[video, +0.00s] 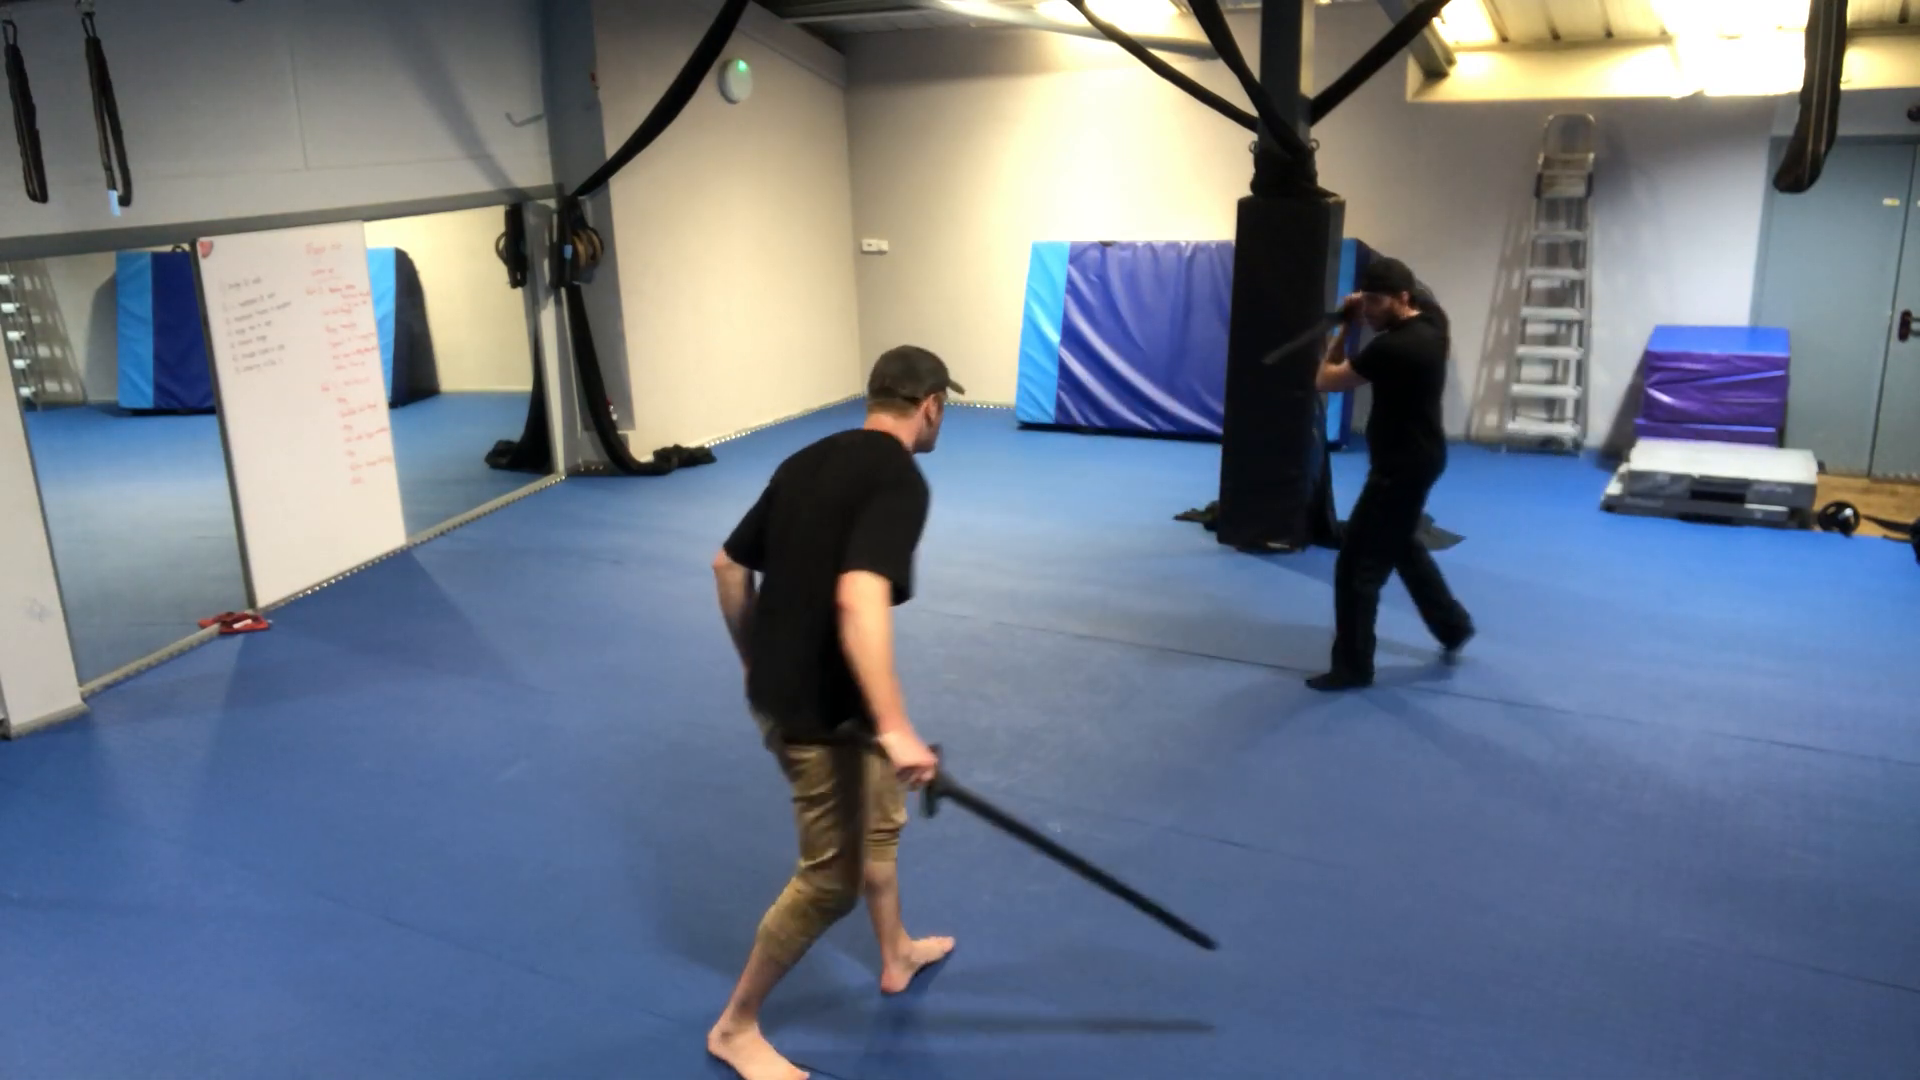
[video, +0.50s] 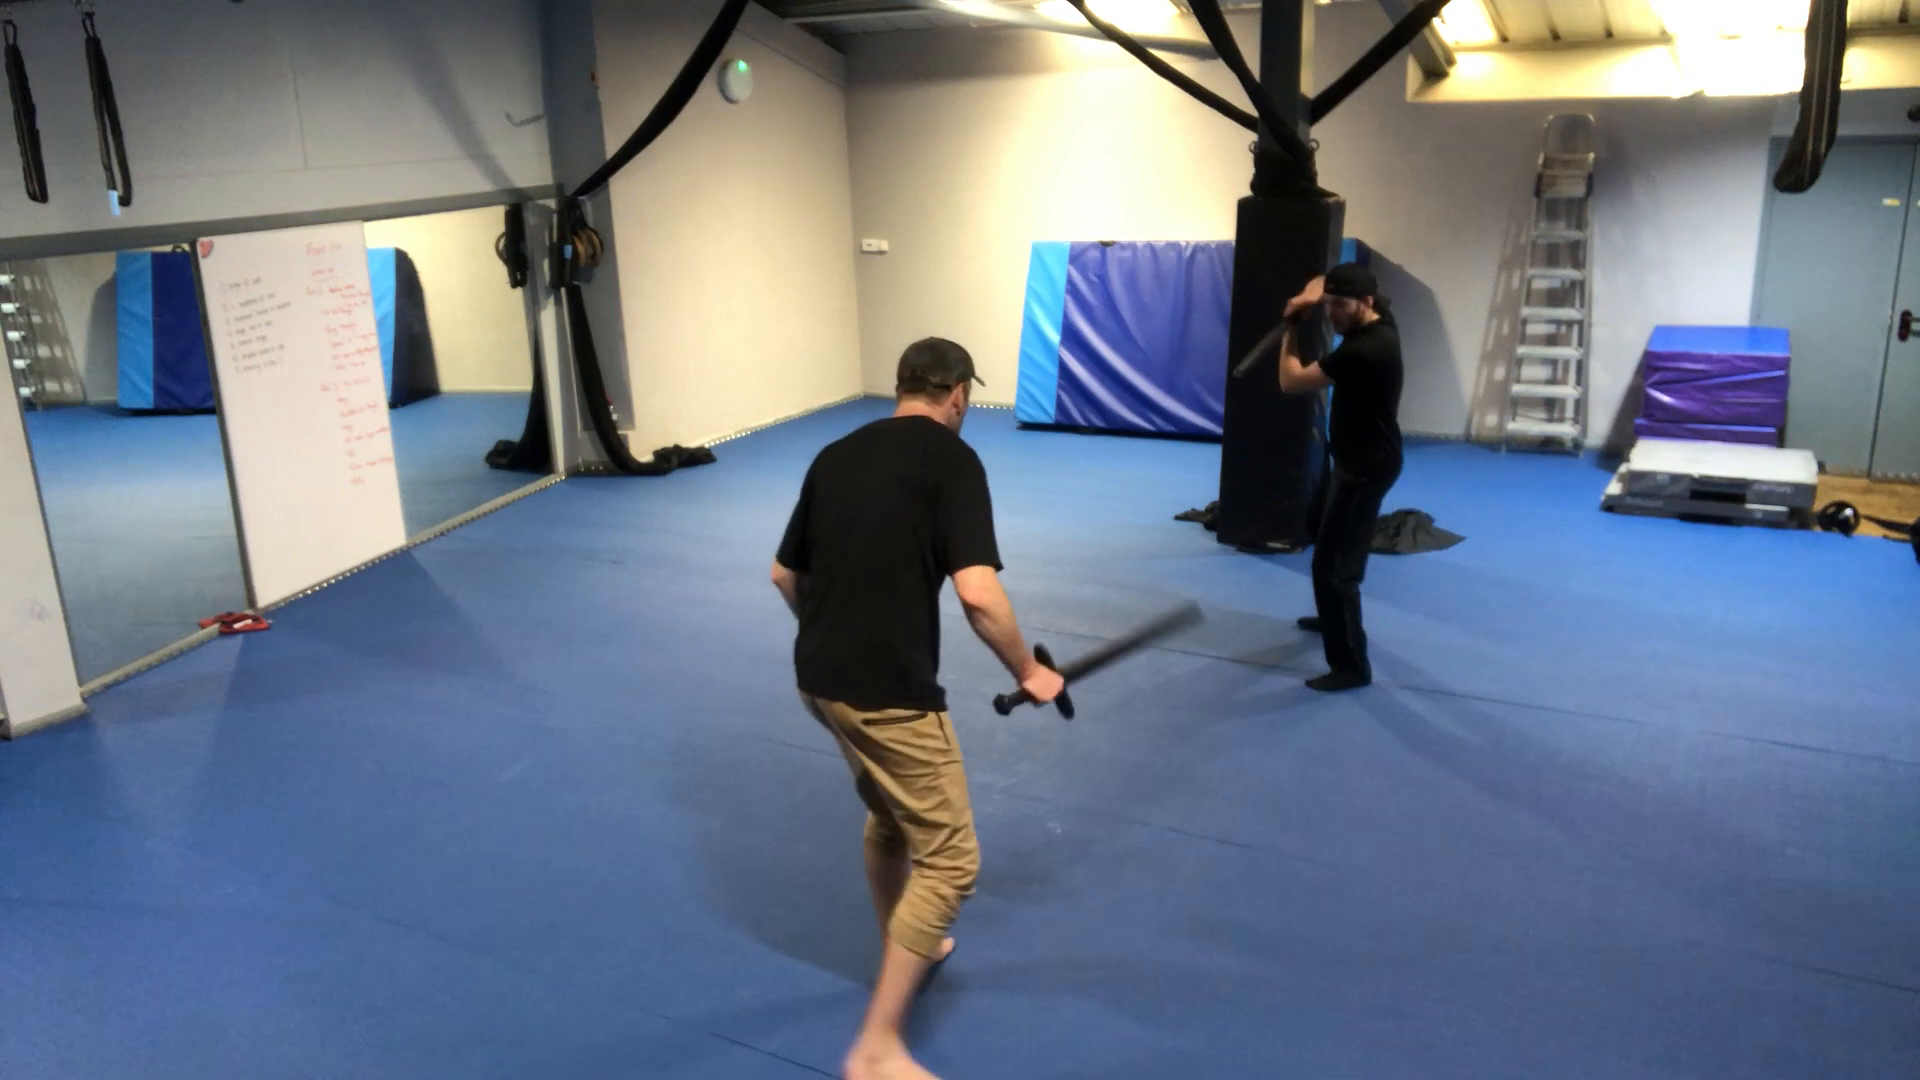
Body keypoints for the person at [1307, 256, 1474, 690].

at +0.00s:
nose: (1366, 308)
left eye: (1372, 300)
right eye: (1365, 299)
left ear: (1399, 299)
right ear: (1406, 299)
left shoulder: (1392, 346)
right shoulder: (1432, 326)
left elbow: (1326, 379)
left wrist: (1346, 329)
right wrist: (1362, 307)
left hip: (1397, 465)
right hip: (1421, 456)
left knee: (1357, 565)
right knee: (1402, 543)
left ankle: (1352, 668)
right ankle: (1452, 625)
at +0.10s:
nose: (1354, 312)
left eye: (1360, 305)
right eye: (1353, 304)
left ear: (1385, 302)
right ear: (1390, 301)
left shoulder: (1380, 350)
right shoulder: (1417, 323)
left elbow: (1311, 381)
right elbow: (1389, 303)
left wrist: (1329, 326)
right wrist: (1353, 301)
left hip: (1388, 466)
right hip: (1412, 456)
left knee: (1346, 562)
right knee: (1382, 538)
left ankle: (1351, 668)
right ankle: (1417, 622)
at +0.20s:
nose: (1345, 317)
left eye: (1350, 309)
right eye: (1342, 309)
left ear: (1375, 305)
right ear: (1381, 304)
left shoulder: (1371, 351)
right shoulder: (1406, 324)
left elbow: (1302, 382)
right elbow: (1378, 304)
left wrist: (1319, 327)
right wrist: (1342, 301)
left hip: (1380, 467)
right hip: (1402, 457)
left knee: (1338, 559)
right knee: (1373, 543)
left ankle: (1349, 668)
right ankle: (1376, 627)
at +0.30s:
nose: (1339, 320)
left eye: (1344, 312)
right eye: (1336, 311)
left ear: (1369, 307)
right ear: (1373, 306)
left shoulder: (1368, 351)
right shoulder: (1396, 327)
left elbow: (1295, 383)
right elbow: (1371, 303)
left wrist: (1310, 327)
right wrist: (1334, 301)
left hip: (1376, 470)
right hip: (1389, 460)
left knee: (1337, 564)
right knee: (1355, 548)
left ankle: (1350, 668)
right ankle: (1343, 617)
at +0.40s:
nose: (1334, 317)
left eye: (1339, 309)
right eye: (1331, 308)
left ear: (1364, 306)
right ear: (1366, 304)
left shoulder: (1364, 350)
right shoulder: (1387, 324)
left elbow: (1291, 383)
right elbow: (1357, 294)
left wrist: (1297, 326)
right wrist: (1322, 297)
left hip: (1370, 470)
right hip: (1375, 459)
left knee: (1332, 564)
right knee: (1341, 544)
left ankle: (1350, 669)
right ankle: (1334, 616)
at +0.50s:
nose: (1330, 315)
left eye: (1336, 307)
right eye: (1328, 306)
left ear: (1360, 303)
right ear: (1359, 300)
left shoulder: (1363, 349)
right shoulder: (1378, 318)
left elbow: (1290, 381)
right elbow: (1342, 279)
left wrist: (1290, 326)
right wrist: (1311, 293)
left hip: (1366, 467)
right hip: (1358, 457)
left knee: (1333, 565)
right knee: (1332, 538)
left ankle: (1350, 669)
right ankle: (1334, 617)